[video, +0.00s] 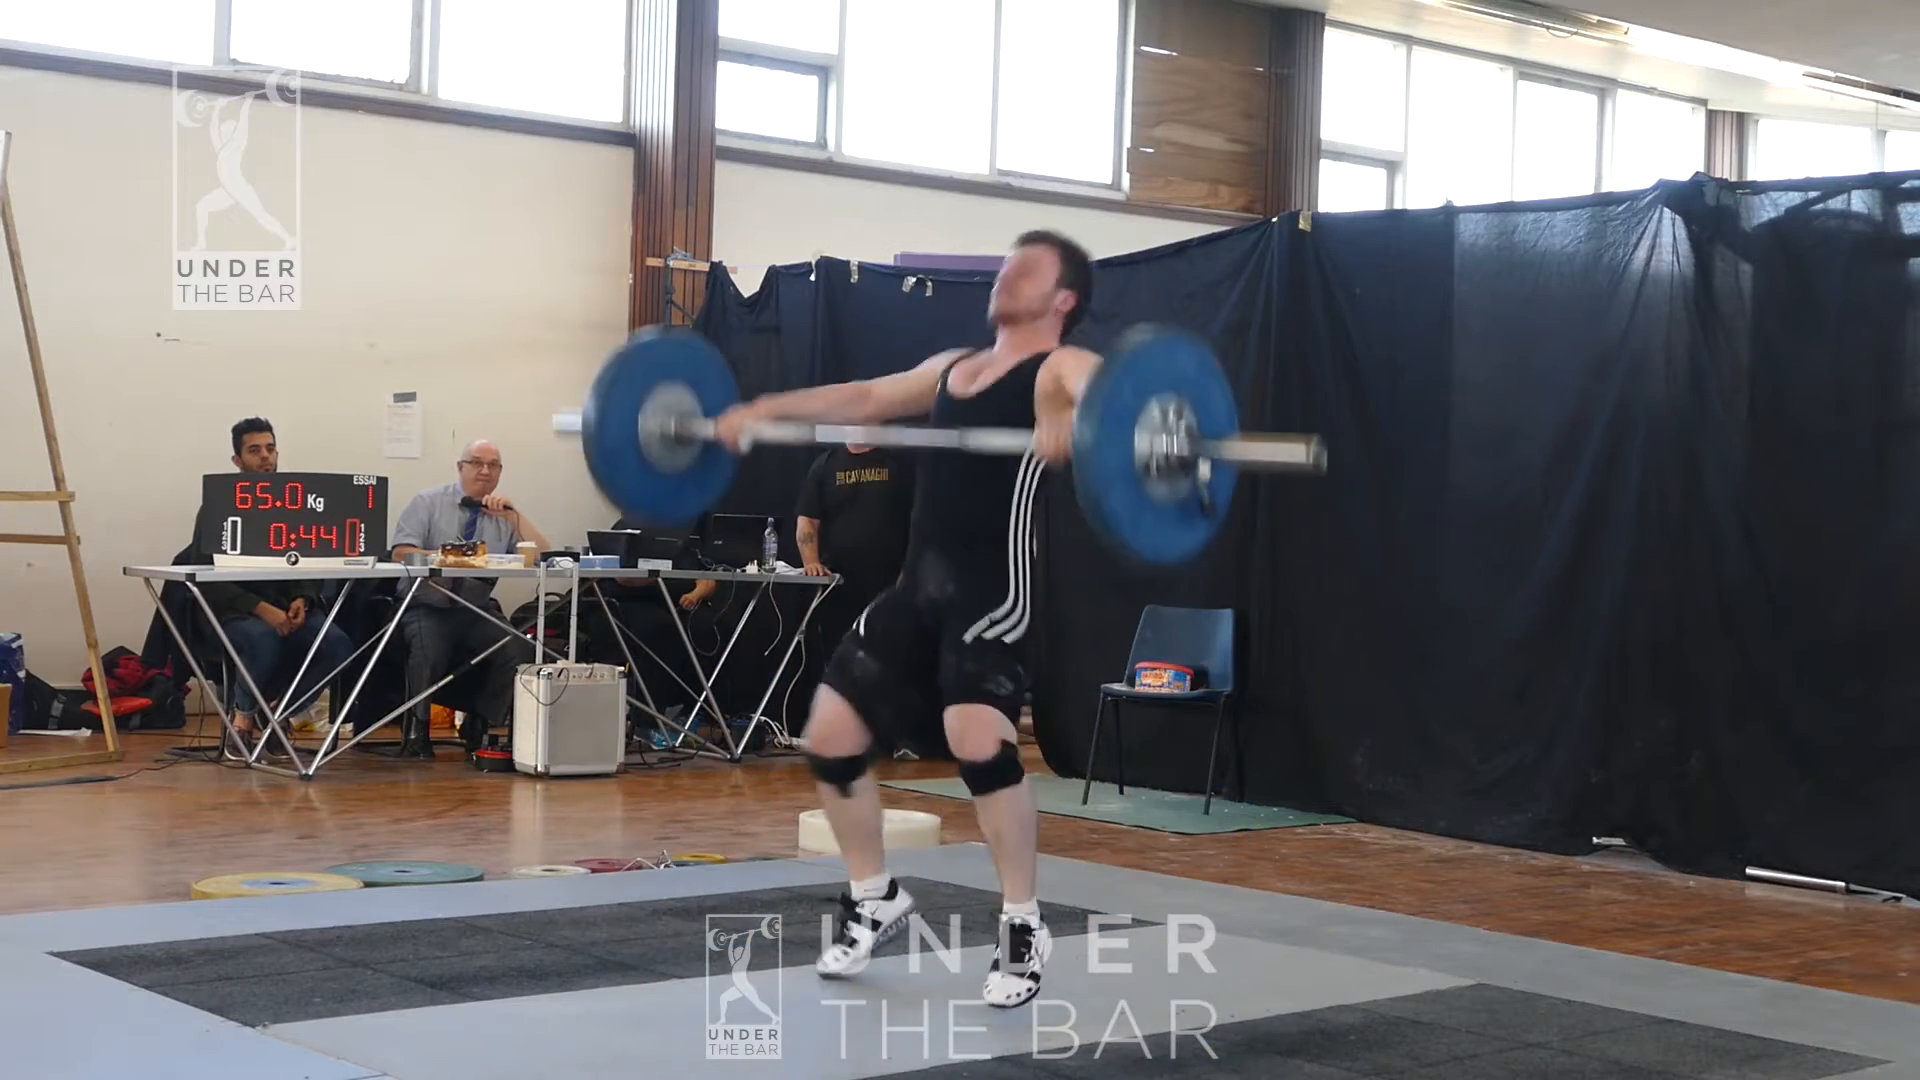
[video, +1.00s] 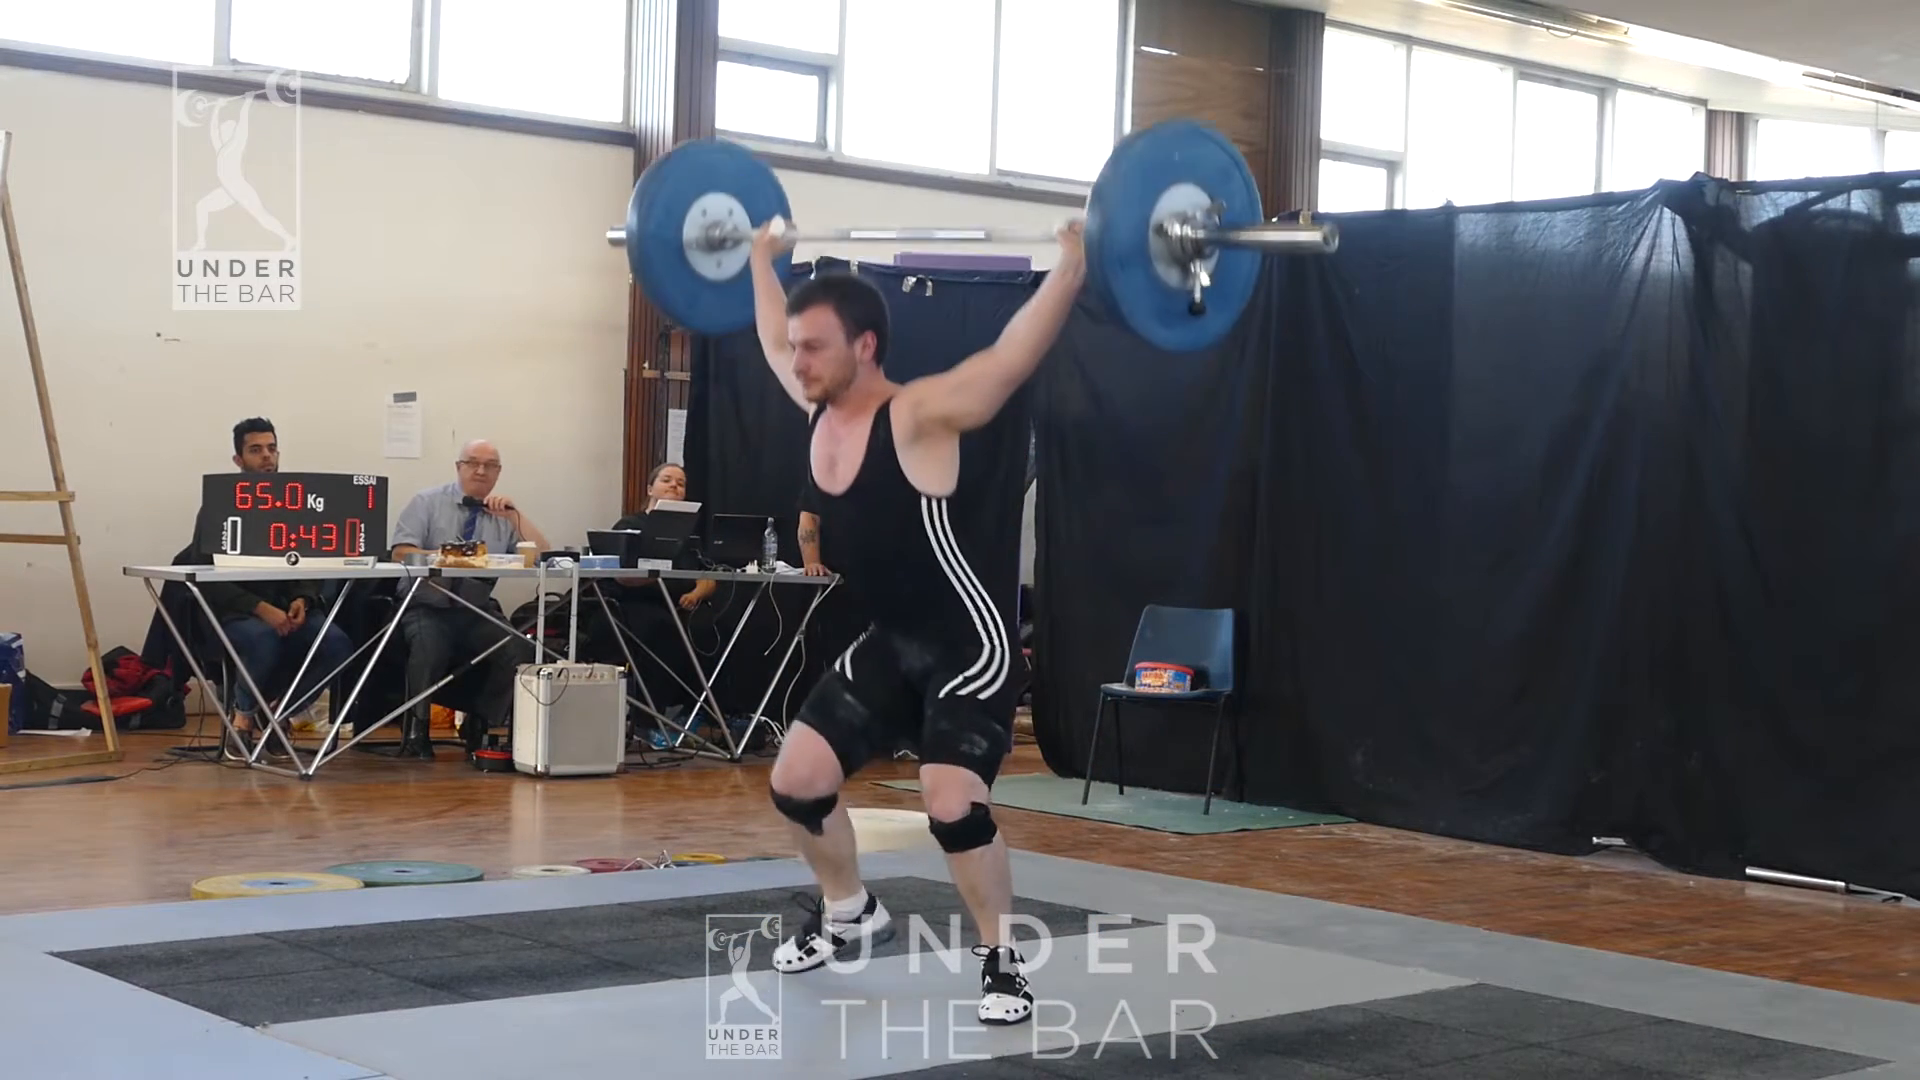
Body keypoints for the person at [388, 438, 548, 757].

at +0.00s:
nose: (484, 471)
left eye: (493, 466)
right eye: (476, 464)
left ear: (500, 473)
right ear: (460, 468)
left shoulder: (503, 516)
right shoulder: (428, 502)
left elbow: (544, 553)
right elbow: (401, 550)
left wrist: (515, 515)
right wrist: (442, 561)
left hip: (478, 609)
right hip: (429, 605)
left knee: (518, 652)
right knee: (429, 651)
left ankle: (477, 726)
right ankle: (417, 730)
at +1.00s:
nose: (481, 472)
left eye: (490, 466)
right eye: (473, 464)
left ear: (499, 473)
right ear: (459, 468)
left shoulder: (503, 516)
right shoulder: (427, 502)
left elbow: (544, 555)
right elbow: (401, 552)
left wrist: (516, 515)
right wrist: (444, 560)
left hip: (478, 609)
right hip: (428, 605)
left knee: (518, 651)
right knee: (429, 649)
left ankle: (477, 727)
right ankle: (417, 731)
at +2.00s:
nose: (423, 469)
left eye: (433, 462)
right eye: (417, 462)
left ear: (453, 466)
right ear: (411, 464)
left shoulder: (479, 507)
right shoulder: (396, 504)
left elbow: (532, 547)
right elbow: (389, 545)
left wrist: (504, 545)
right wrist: (442, 548)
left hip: (469, 607)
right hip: (416, 607)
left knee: (513, 649)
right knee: (433, 642)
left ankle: (479, 724)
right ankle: (437, 724)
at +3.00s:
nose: (403, 468)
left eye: (413, 461)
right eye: (398, 460)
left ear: (435, 465)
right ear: (392, 461)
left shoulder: (462, 500)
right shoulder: (380, 500)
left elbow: (509, 533)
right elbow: (349, 535)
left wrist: (504, 546)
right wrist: (369, 554)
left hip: (459, 601)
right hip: (405, 605)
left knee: (504, 657)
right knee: (445, 659)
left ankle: (479, 727)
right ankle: (445, 723)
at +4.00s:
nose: (395, 467)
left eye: (406, 460)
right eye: (390, 460)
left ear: (427, 463)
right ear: (385, 462)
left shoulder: (456, 500)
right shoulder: (375, 504)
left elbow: (504, 533)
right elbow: (352, 549)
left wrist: (503, 546)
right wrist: (391, 540)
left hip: (458, 601)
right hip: (405, 606)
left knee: (504, 655)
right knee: (446, 658)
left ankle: (480, 726)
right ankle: (445, 720)